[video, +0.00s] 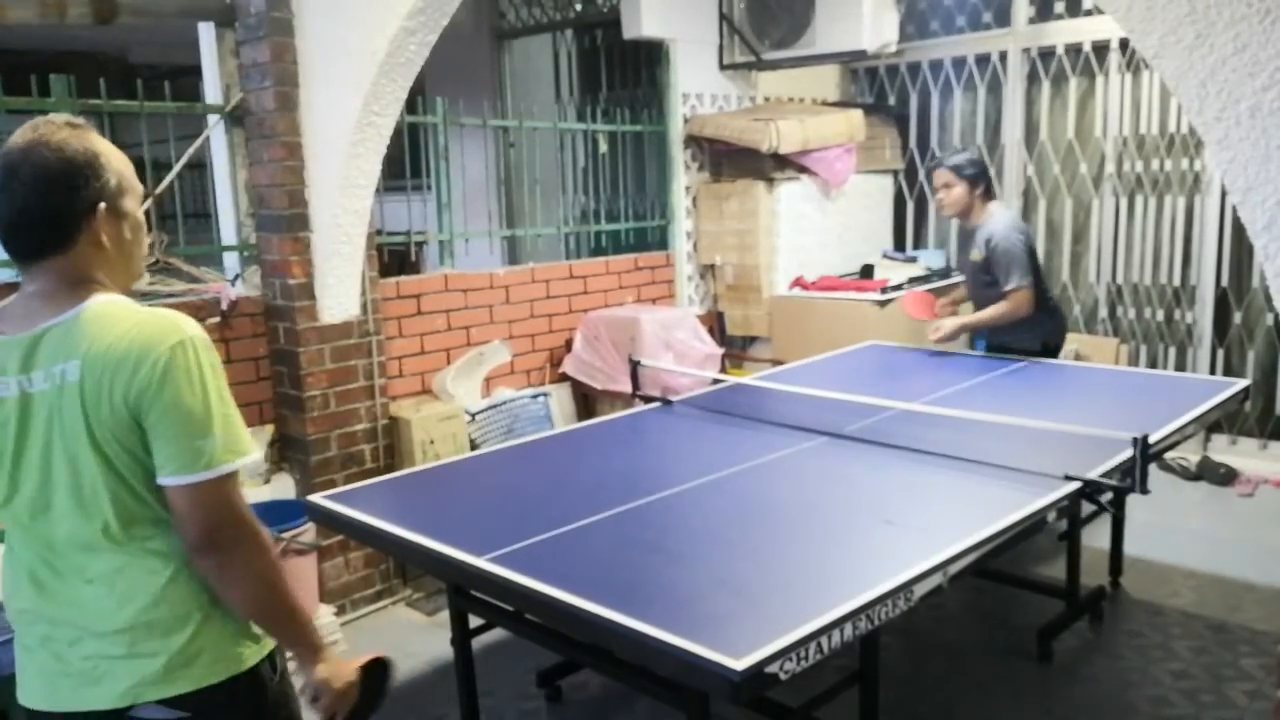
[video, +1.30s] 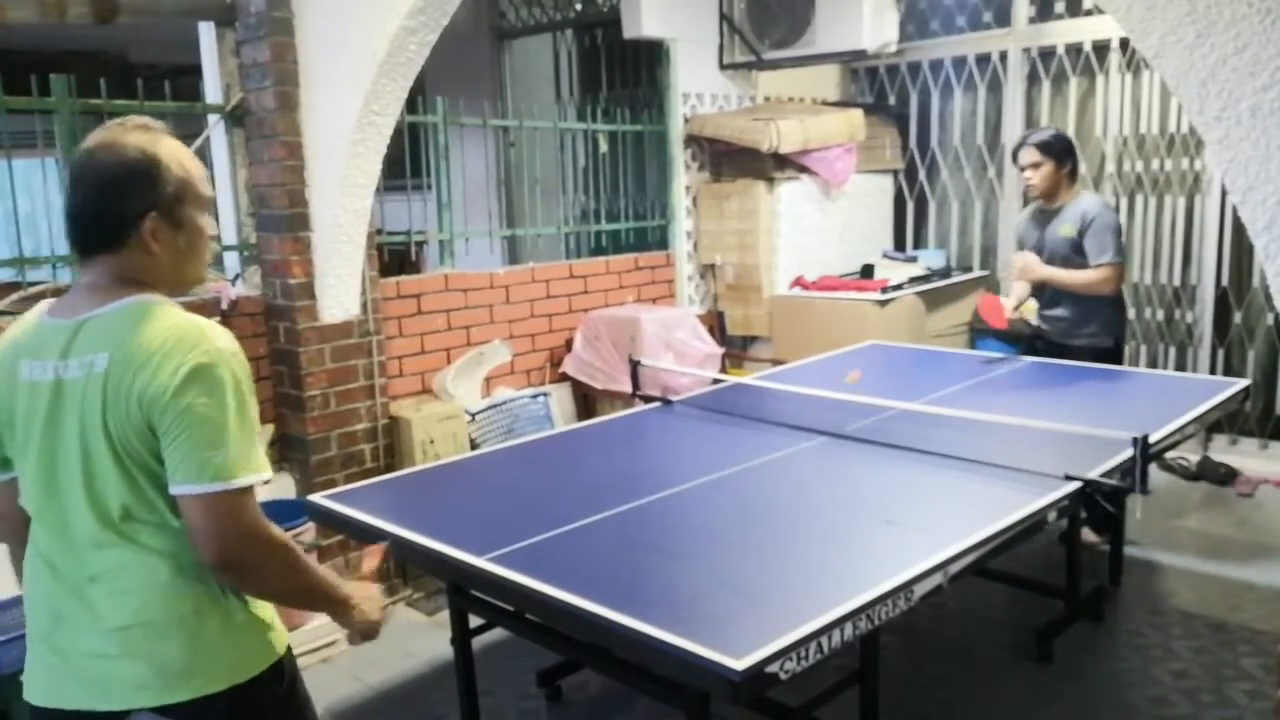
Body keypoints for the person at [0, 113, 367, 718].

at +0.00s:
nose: (149, 231)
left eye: (146, 213)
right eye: (141, 213)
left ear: (17, 230)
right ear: (103, 223)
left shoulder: (7, 333)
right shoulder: (157, 340)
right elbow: (214, 532)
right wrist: (312, 654)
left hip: (50, 682)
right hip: (187, 681)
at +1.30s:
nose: (214, 231)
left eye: (211, 213)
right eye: (204, 213)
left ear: (83, 227)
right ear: (153, 230)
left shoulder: (17, 346)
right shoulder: (189, 345)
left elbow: (14, 520)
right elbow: (229, 540)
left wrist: (61, 615)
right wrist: (344, 600)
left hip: (61, 676)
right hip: (199, 677)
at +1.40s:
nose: (259, 242)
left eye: (255, 222)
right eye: (248, 222)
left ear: (129, 233)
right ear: (198, 237)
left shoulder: (51, 340)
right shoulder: (229, 358)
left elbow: (36, 504)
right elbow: (246, 552)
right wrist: (390, 582)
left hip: (66, 681)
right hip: (208, 683)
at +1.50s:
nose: (317, 256)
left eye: (315, 237)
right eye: (308, 239)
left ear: (199, 245)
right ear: (260, 251)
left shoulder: (99, 326)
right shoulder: (280, 376)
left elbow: (66, 495)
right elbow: (311, 561)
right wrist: (452, 553)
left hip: (75, 670)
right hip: (219, 681)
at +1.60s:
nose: (377, 283)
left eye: (378, 263)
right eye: (372, 264)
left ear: (269, 252)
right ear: (322, 269)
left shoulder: (142, 311)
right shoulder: (340, 394)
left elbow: (78, 466)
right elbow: (408, 545)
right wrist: (536, 522)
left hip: (79, 669)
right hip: (231, 681)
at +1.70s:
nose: (418, 297)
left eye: (421, 280)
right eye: (414, 283)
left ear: (299, 261)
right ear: (366, 292)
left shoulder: (173, 304)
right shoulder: (390, 408)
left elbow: (91, 459)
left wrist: (124, 544)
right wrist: (587, 487)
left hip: (76, 665)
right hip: (226, 683)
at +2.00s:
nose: (413, 286)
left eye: (414, 269)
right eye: (409, 270)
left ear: (288, 260)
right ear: (370, 283)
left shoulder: (164, 316)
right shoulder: (388, 402)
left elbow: (70, 482)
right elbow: (447, 519)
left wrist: (86, 595)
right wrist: (516, 484)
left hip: (83, 662)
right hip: (242, 680)